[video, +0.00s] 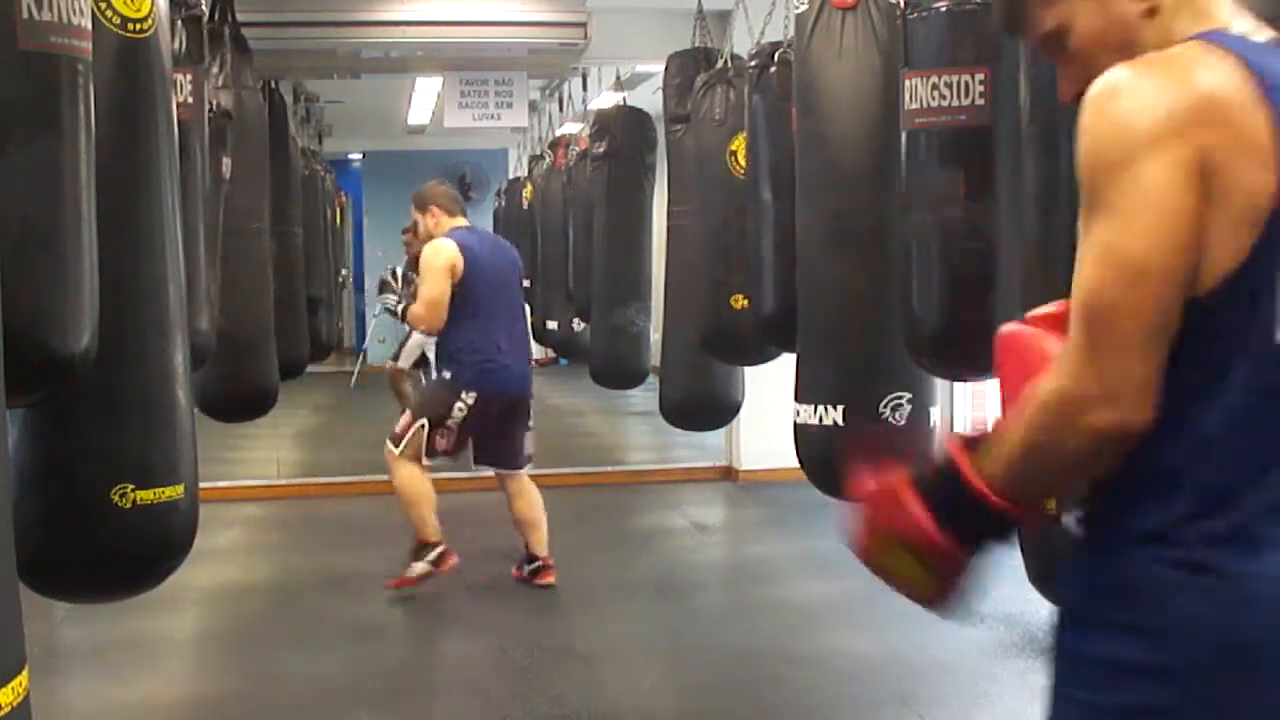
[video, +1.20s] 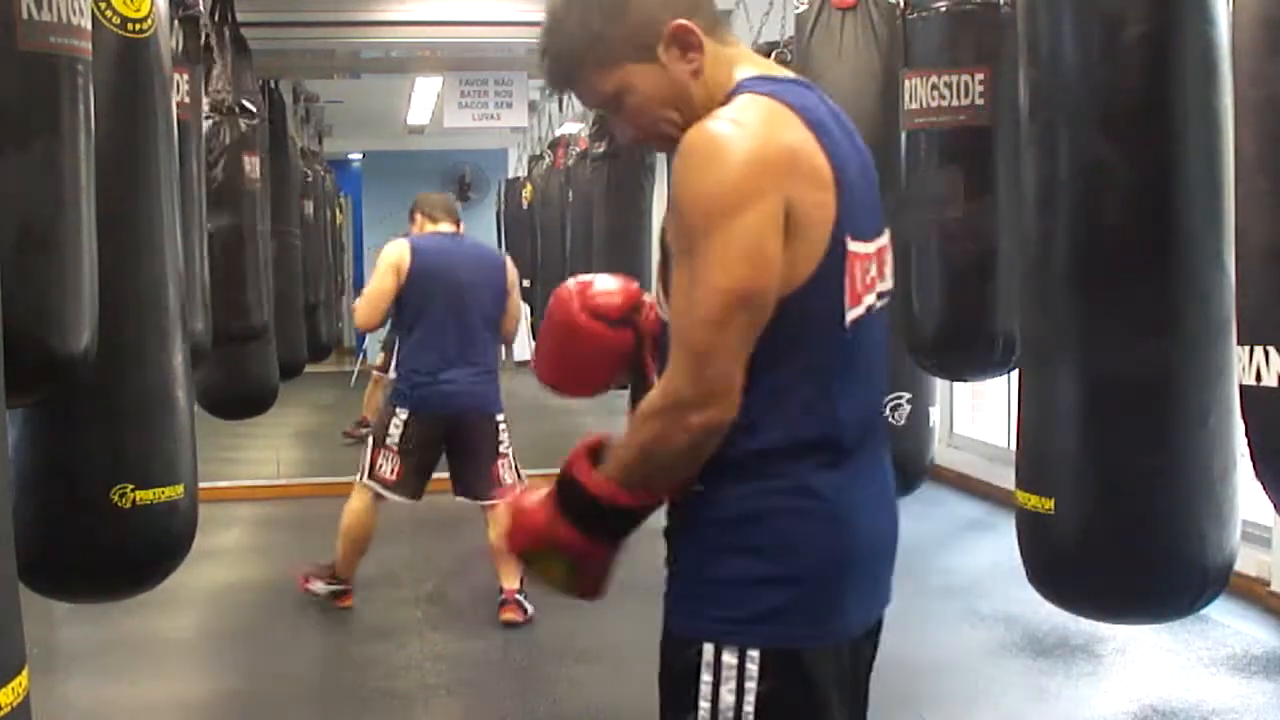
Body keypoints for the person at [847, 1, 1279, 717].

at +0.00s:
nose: (1066, 88)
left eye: (1060, 44)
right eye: (1048, 59)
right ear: (1138, 3)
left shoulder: (1151, 100)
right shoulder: (1262, 64)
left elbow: (1104, 400)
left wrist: (953, 507)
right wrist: (1103, 327)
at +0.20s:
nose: (993, 117)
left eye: (987, 79)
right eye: (976, 94)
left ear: (1052, 19)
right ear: (1059, 20)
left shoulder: (1085, 114)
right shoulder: (1214, 119)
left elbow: (1036, 384)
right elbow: (1171, 376)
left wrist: (941, 496)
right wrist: (995, 368)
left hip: (1095, 581)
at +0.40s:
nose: (934, 115)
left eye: (930, 79)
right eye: (916, 96)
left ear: (994, 21)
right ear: (997, 20)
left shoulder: (1048, 105)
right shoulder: (1106, 99)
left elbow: (1022, 357)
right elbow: (1095, 346)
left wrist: (919, 458)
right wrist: (953, 350)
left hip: (1034, 568)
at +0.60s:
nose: (864, 126)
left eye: (861, 91)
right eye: (846, 108)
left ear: (925, 31)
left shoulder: (993, 126)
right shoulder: (1019, 116)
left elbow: (984, 366)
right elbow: (975, 324)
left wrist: (857, 470)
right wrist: (849, 345)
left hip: (976, 569)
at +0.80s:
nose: (758, 133)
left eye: (754, 102)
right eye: (742, 115)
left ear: (820, 42)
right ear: (822, 42)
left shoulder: (878, 136)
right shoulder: (920, 118)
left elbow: (866, 388)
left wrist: (749, 483)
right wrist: (749, 352)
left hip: (867, 575)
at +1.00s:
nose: (663, 133)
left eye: (659, 103)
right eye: (647, 114)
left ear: (723, 51)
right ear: (727, 51)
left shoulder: (768, 136)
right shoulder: (845, 113)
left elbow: (758, 400)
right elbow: (838, 346)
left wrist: (671, 484)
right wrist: (683, 357)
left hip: (805, 551)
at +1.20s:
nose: (621, 133)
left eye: (616, 103)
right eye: (605, 113)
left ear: (682, 47)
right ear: (687, 48)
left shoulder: (731, 143)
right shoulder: (804, 114)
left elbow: (699, 403)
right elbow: (791, 350)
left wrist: (586, 513)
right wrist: (655, 341)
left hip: (760, 555)